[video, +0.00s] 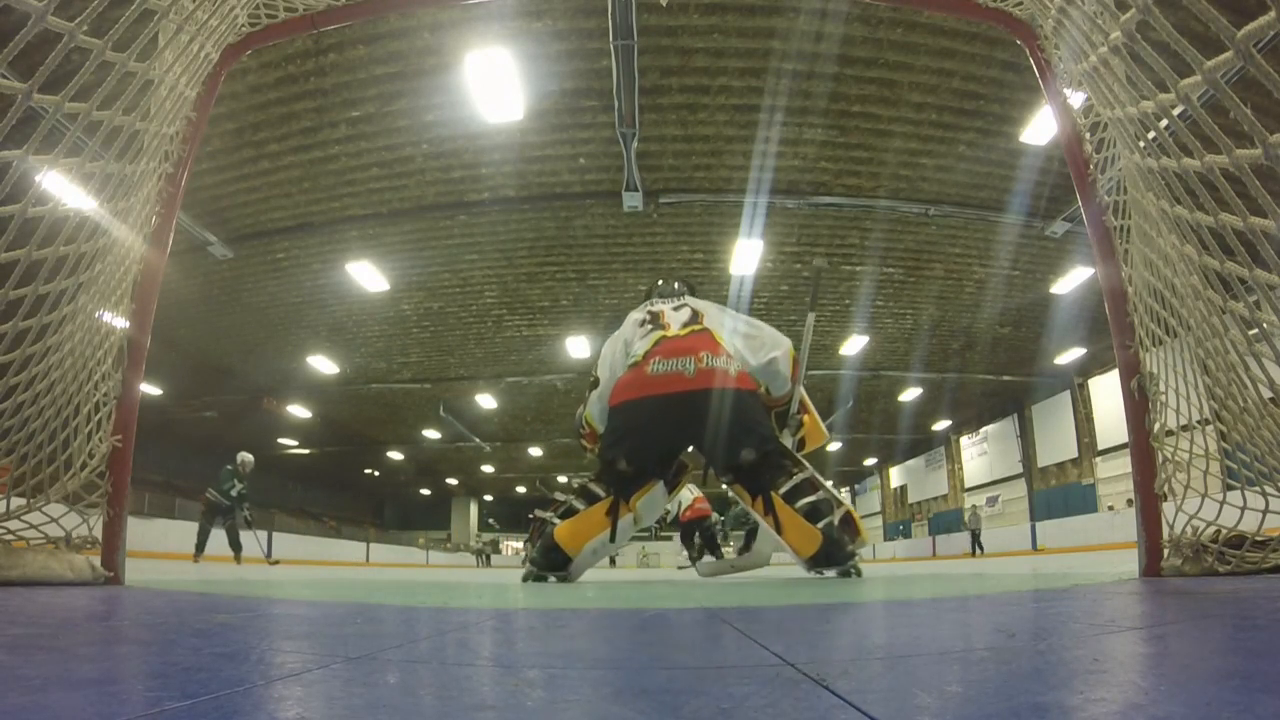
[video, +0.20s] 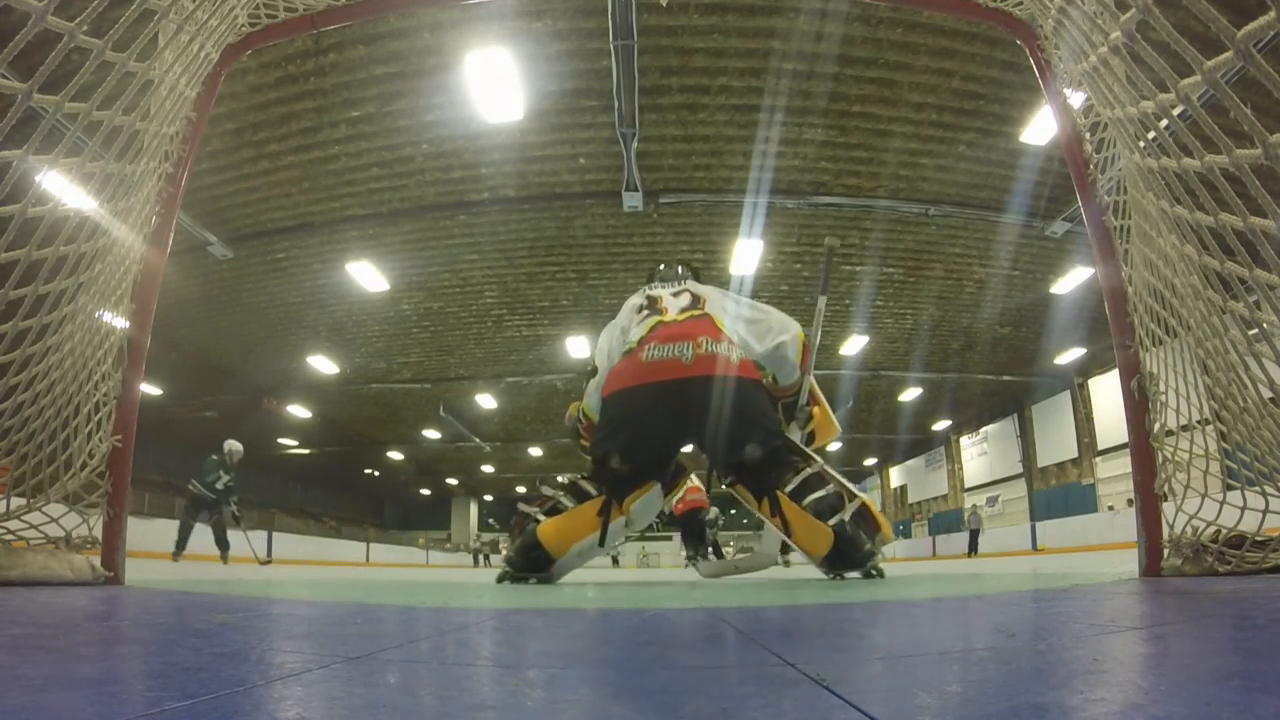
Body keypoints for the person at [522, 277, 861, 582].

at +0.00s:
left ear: (648, 303)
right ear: (691, 298)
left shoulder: (626, 326)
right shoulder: (719, 313)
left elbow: (599, 398)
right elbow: (779, 350)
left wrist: (598, 438)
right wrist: (780, 411)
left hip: (642, 391)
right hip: (723, 382)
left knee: (617, 484)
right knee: (765, 469)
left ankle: (549, 554)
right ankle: (831, 547)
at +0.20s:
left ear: (647, 294)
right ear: (692, 285)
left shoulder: (626, 315)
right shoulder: (724, 297)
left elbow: (598, 381)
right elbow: (787, 334)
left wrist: (594, 429)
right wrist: (789, 402)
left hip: (635, 380)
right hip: (725, 373)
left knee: (617, 485)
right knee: (768, 466)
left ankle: (535, 550)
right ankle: (847, 548)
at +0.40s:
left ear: (654, 266)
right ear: (704, 265)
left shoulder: (630, 288)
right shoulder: (738, 281)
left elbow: (606, 357)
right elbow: (800, 311)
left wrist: (594, 401)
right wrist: (811, 383)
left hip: (650, 385)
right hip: (744, 386)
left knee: (600, 487)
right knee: (787, 496)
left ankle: (510, 543)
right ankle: (850, 546)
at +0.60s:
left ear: (697, 267)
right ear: (747, 267)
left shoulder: (685, 281)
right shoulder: (790, 287)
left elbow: (666, 328)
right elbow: (832, 342)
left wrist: (660, 389)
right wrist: (820, 405)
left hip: (697, 413)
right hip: (791, 420)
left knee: (638, 528)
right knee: (795, 538)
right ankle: (863, 542)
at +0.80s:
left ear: (718, 267)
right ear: (774, 261)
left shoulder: (687, 297)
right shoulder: (805, 277)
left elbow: (669, 376)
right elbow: (857, 339)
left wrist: (697, 424)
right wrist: (840, 403)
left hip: (713, 429)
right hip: (814, 421)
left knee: (672, 543)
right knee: (861, 535)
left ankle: (611, 562)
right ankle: (949, 541)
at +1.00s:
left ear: (718, 254)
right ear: (766, 256)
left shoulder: (708, 274)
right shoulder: (815, 282)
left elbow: (699, 326)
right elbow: (875, 341)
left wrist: (649, 399)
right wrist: (855, 403)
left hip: (742, 431)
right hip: (843, 417)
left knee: (688, 546)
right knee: (894, 544)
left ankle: (635, 555)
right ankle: (950, 535)